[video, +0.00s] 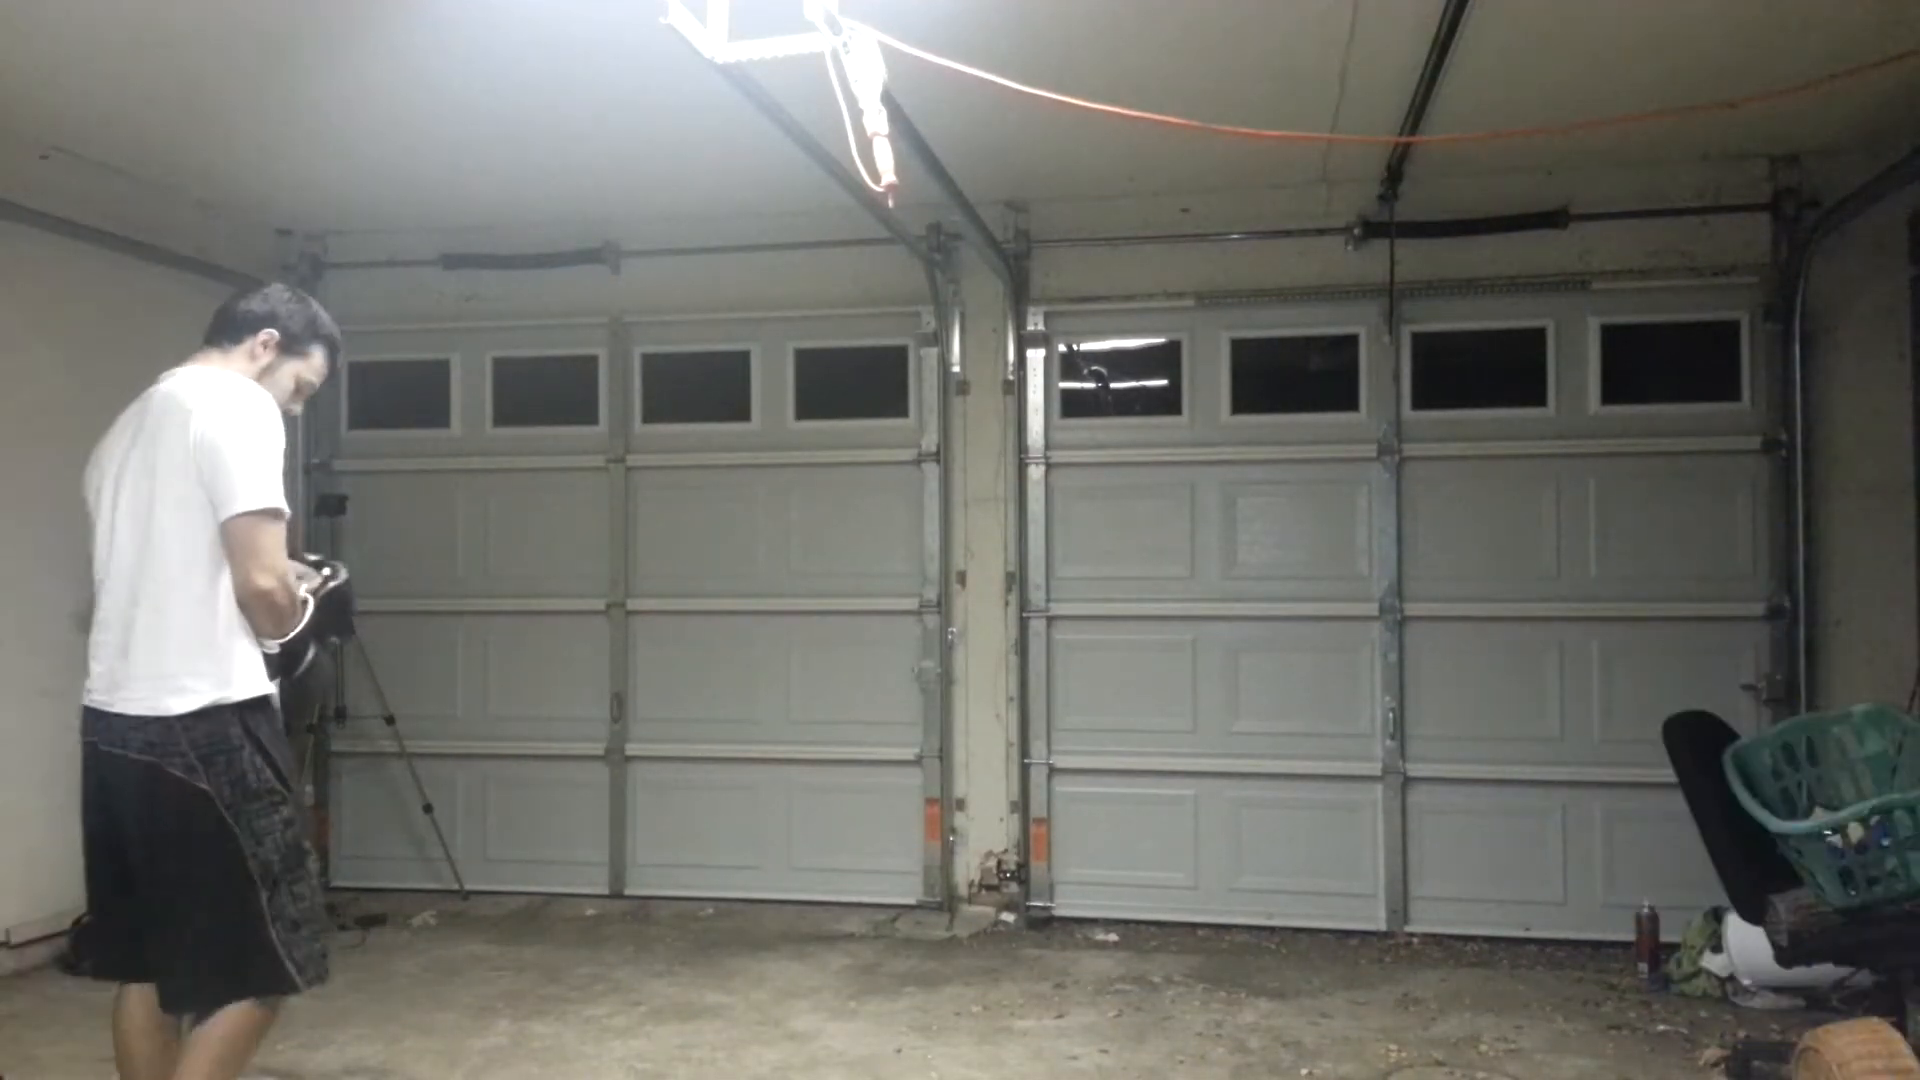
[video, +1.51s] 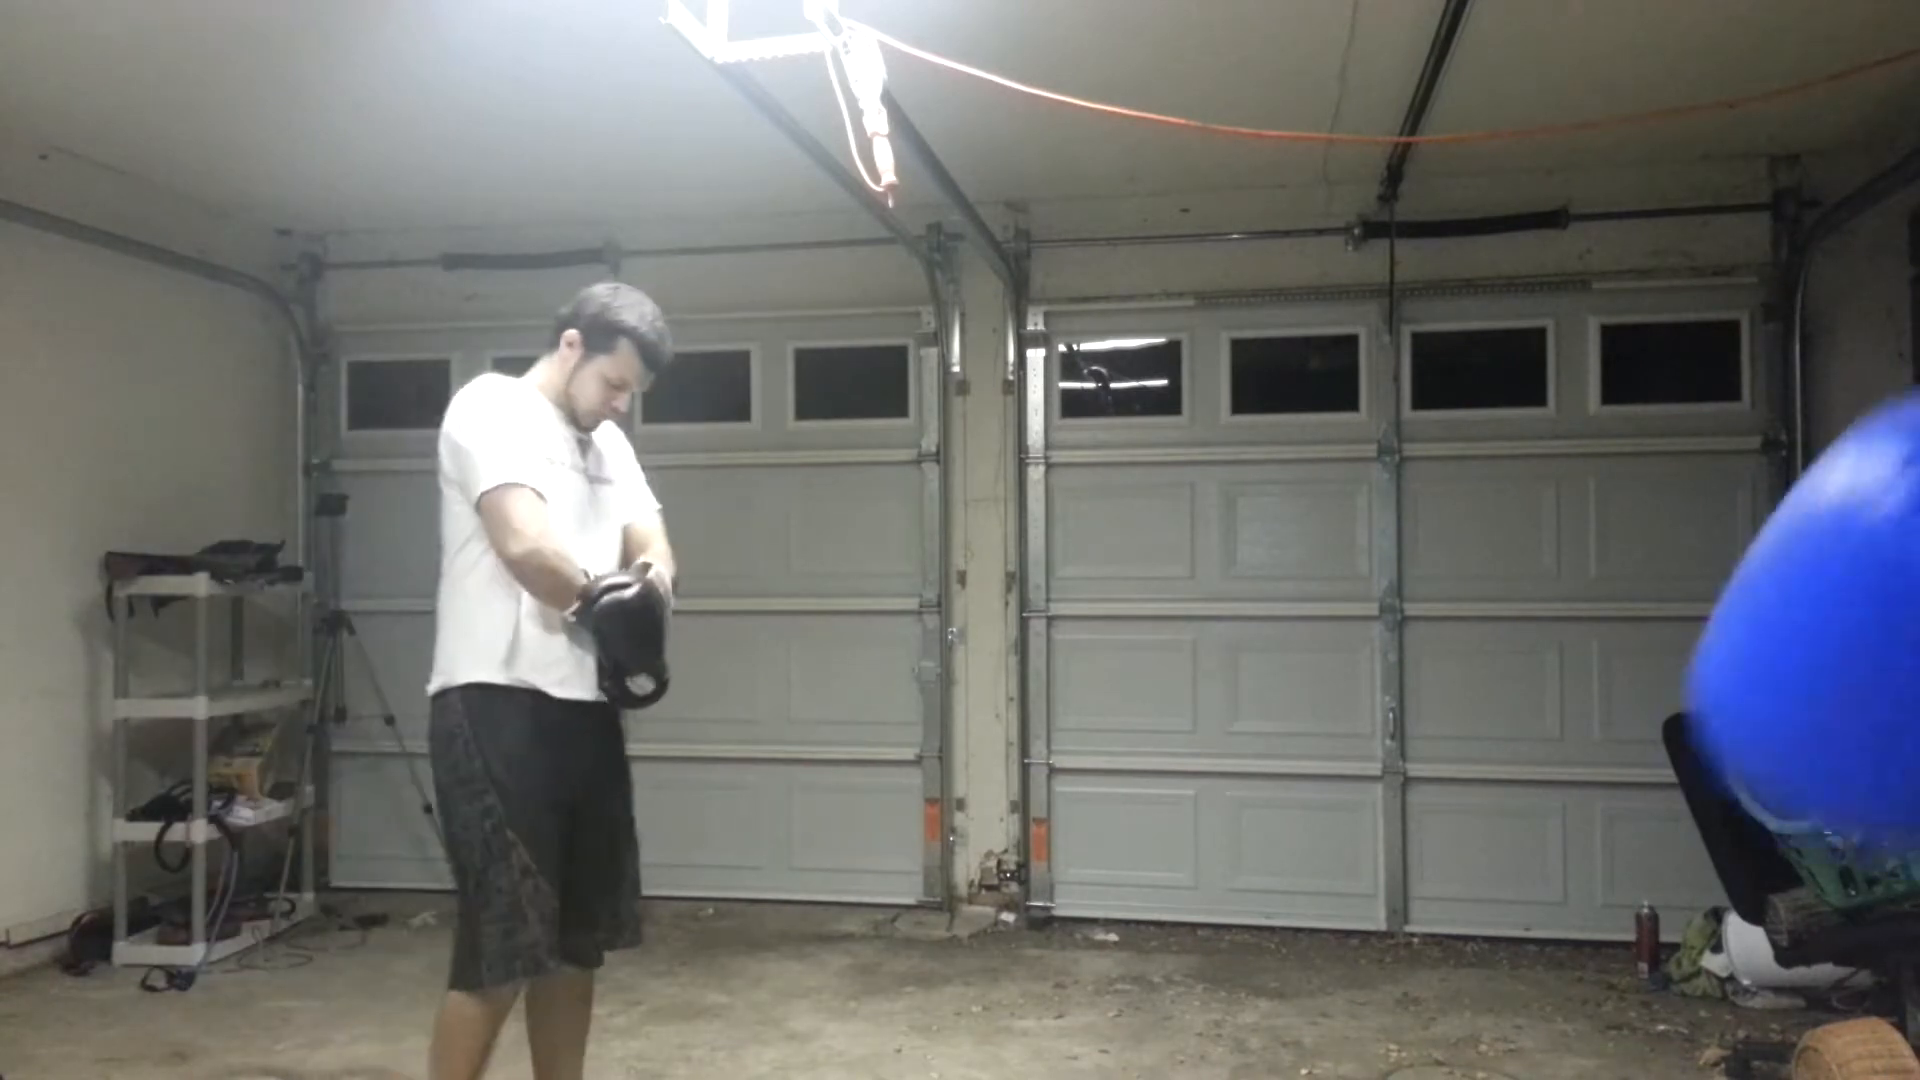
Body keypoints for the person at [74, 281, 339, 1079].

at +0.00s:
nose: (294, 408)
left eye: (306, 394)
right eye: (300, 387)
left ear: (232, 342)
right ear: (265, 344)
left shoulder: (120, 430)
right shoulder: (236, 403)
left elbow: (128, 574)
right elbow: (264, 584)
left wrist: (272, 578)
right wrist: (291, 624)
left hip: (115, 726)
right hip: (204, 728)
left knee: (143, 965)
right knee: (269, 965)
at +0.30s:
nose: (350, 416)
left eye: (360, 405)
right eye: (351, 396)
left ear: (299, 357)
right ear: (308, 351)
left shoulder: (220, 410)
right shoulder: (263, 415)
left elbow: (244, 585)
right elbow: (282, 589)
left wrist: (345, 571)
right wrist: (345, 651)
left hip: (189, 721)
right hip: (241, 726)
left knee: (182, 965)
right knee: (301, 977)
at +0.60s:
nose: (436, 418)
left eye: (446, 406)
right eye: (435, 396)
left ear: (386, 356)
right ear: (391, 352)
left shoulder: (327, 415)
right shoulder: (328, 421)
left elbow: (350, 588)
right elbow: (362, 601)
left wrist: (436, 570)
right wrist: (457, 656)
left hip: (300, 725)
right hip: (314, 732)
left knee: (272, 961)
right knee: (337, 977)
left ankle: (206, 1069)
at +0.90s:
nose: (504, 424)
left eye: (517, 411)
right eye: (506, 401)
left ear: (459, 361)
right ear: (460, 357)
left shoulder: (418, 424)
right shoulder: (390, 419)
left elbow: (397, 574)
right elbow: (418, 598)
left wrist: (483, 561)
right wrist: (525, 652)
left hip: (408, 733)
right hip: (358, 739)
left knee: (435, 958)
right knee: (365, 990)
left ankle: (410, 1069)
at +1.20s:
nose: (561, 423)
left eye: (574, 411)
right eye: (558, 400)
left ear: (518, 369)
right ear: (512, 357)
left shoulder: (509, 451)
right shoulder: (440, 415)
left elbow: (522, 573)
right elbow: (481, 585)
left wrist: (593, 570)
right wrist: (562, 637)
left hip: (507, 727)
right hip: (424, 730)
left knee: (539, 954)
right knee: (411, 985)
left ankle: (553, 1074)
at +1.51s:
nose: (620, 407)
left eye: (632, 394)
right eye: (614, 384)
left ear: (635, 384)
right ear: (569, 347)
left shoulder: (610, 442)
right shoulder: (489, 405)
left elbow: (653, 551)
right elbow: (523, 546)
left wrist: (644, 589)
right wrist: (599, 605)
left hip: (584, 706)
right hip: (491, 701)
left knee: (575, 940)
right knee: (505, 933)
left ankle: (561, 1078)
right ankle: (450, 1070)